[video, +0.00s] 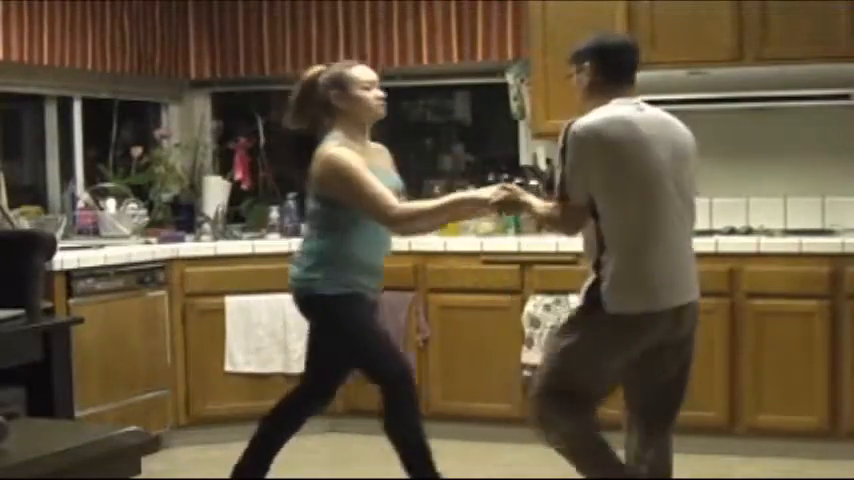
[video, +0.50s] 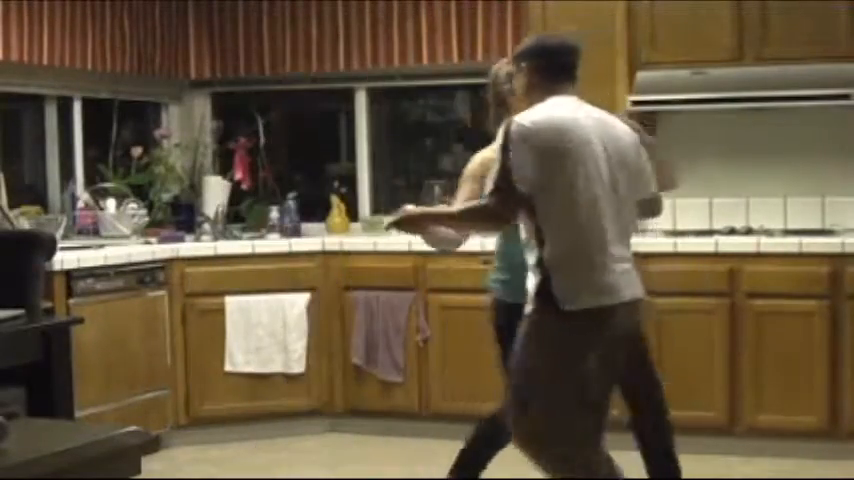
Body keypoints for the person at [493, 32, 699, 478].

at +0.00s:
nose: (574, 84)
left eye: (576, 73)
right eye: (575, 74)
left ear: (590, 74)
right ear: (630, 76)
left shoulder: (586, 131)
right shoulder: (677, 129)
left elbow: (568, 219)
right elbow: (669, 211)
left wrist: (521, 200)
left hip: (621, 305)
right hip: (680, 302)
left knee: (554, 408)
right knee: (651, 433)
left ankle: (615, 473)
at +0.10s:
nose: (559, 84)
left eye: (561, 74)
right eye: (559, 74)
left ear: (576, 73)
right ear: (619, 76)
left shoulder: (579, 125)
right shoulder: (662, 126)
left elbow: (573, 220)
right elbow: (642, 207)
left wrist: (531, 207)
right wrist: (552, 199)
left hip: (618, 301)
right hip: (671, 295)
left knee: (593, 425)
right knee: (651, 423)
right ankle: (652, 473)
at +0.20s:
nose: (546, 82)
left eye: (549, 71)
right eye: (548, 72)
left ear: (564, 72)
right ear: (600, 73)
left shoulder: (569, 121)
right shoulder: (645, 123)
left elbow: (565, 213)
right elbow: (637, 204)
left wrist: (524, 209)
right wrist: (547, 202)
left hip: (615, 303)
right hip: (661, 297)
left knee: (604, 438)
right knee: (619, 432)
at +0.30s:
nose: (529, 84)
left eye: (532, 73)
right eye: (531, 73)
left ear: (548, 72)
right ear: (587, 74)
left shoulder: (555, 121)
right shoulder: (636, 124)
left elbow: (559, 207)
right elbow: (651, 207)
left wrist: (506, 218)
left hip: (604, 304)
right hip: (654, 297)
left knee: (606, 440)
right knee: (604, 434)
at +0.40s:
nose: (524, 86)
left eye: (526, 75)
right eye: (523, 76)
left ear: (541, 74)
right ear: (579, 75)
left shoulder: (542, 124)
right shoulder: (629, 129)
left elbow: (540, 205)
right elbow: (652, 208)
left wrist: (469, 218)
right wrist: (586, 212)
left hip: (589, 308)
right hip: (639, 302)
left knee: (604, 435)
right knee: (589, 433)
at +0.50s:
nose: (512, 89)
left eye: (516, 77)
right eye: (513, 77)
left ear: (532, 75)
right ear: (569, 76)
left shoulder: (526, 128)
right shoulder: (621, 130)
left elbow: (500, 213)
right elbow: (647, 206)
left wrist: (426, 217)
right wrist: (579, 216)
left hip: (568, 308)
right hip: (625, 302)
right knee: (578, 432)